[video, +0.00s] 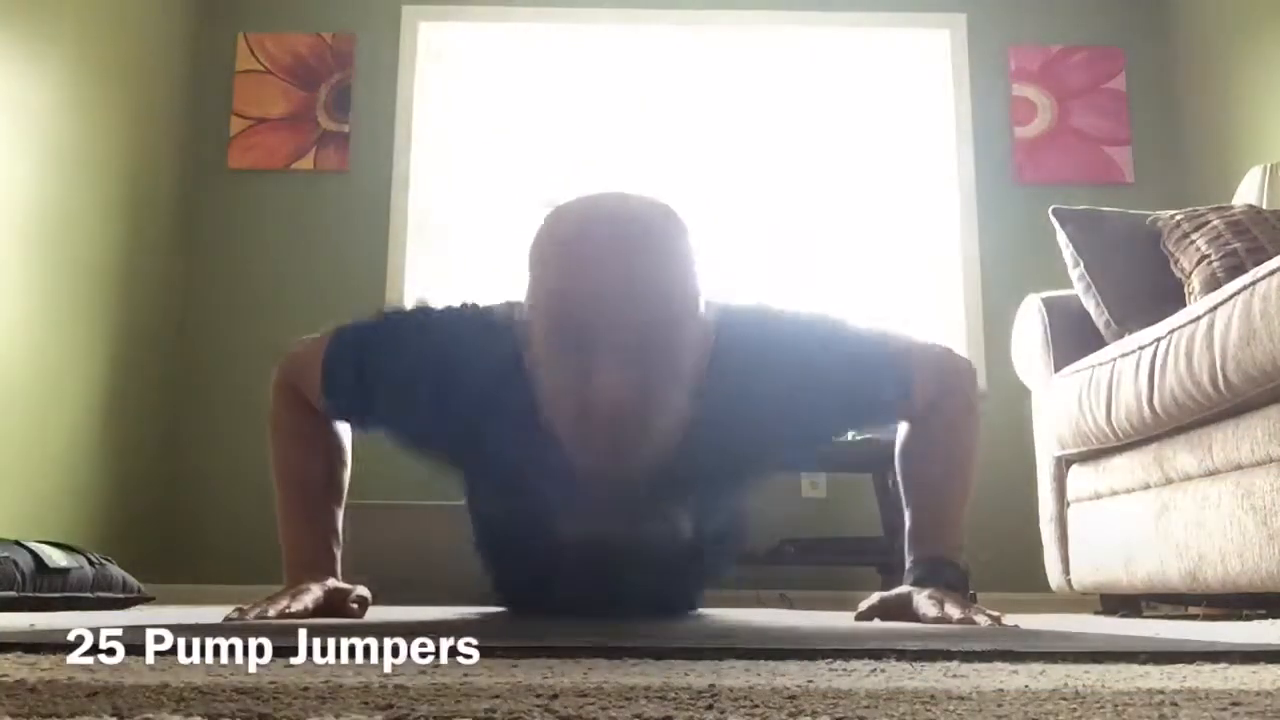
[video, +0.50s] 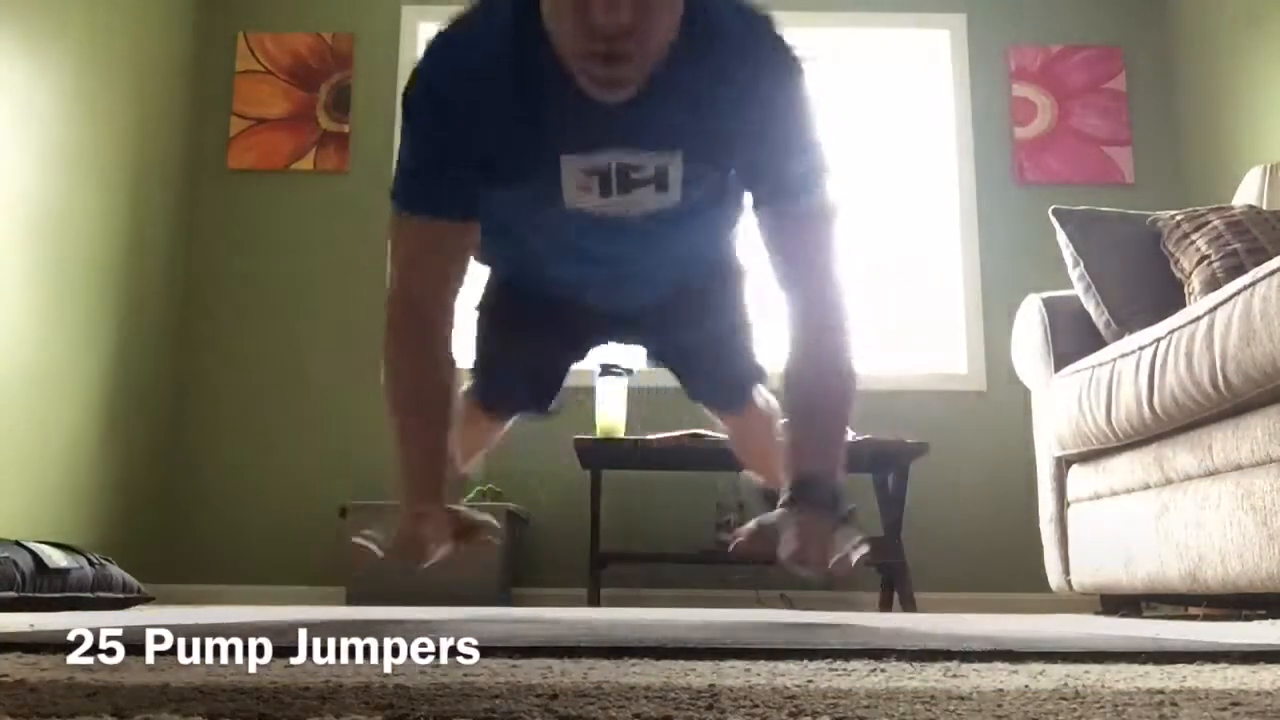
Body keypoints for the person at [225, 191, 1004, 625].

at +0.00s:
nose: (610, 391)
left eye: (646, 355)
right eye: (578, 352)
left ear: (697, 335)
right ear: (529, 333)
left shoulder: (769, 362)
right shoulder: (453, 360)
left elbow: (947, 383)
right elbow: (301, 383)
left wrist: (933, 572)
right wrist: (314, 575)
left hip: (682, 598)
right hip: (532, 598)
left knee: (669, 589)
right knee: (553, 596)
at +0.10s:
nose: (613, 262)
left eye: (647, 218)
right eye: (582, 220)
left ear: (697, 218)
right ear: (536, 215)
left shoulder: (760, 292)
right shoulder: (458, 294)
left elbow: (942, 392)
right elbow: (303, 392)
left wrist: (932, 574)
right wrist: (313, 577)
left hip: (678, 564)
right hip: (531, 566)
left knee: (659, 570)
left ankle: (649, 588)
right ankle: (561, 583)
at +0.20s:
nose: (619, 180)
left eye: (653, 140)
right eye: (588, 140)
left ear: (695, 135)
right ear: (543, 134)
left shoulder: (763, 231)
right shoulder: (460, 235)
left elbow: (929, 392)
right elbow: (317, 391)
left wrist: (933, 576)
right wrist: (314, 576)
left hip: (678, 463)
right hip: (548, 466)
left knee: (657, 530)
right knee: (570, 532)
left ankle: (635, 563)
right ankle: (585, 564)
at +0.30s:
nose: (616, 102)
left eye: (650, 63)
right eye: (583, 62)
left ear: (697, 58)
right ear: (538, 58)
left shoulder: (759, 159)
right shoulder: (456, 164)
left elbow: (884, 371)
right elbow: (343, 370)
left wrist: (927, 571)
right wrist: (318, 574)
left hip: (675, 365)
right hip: (550, 368)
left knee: (659, 469)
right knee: (560, 468)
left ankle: (646, 526)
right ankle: (572, 516)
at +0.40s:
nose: (626, 27)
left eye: (654, 1)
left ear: (692, 2)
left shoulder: (759, 66)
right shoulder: (459, 75)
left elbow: (841, 308)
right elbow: (391, 314)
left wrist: (885, 530)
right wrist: (347, 539)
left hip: (683, 284)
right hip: (543, 288)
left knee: (700, 402)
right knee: (529, 404)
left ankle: (711, 498)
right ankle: (513, 485)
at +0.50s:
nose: (608, 18)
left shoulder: (746, 57)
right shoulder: (467, 65)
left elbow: (816, 296)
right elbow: (419, 300)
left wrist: (814, 499)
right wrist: (423, 501)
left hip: (689, 287)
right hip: (537, 291)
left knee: (738, 401)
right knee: (490, 406)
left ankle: (795, 503)